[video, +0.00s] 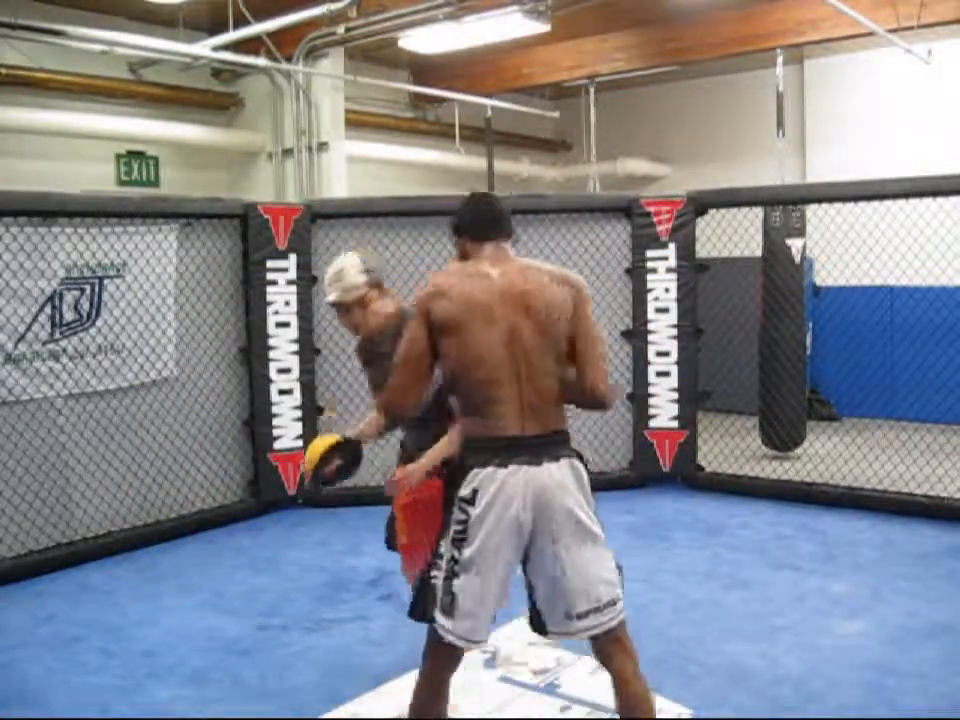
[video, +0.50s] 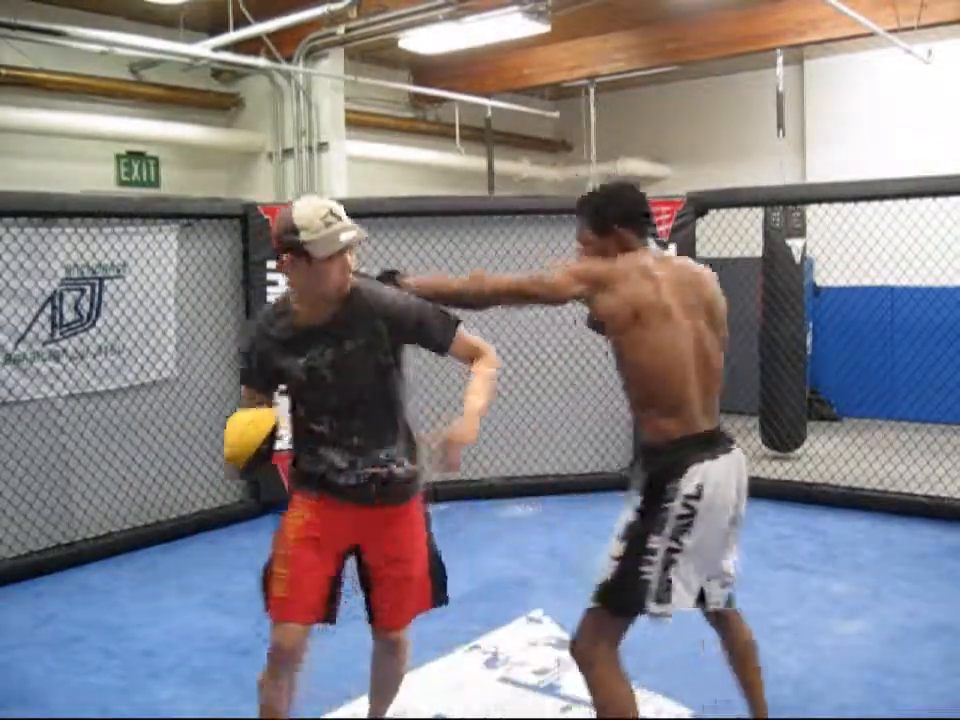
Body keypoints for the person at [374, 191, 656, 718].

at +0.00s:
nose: (456, 251)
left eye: (455, 244)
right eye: (460, 245)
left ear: (460, 241)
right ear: (510, 237)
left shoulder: (439, 292)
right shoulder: (566, 286)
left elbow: (401, 401)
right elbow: (598, 392)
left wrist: (452, 388)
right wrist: (540, 380)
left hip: (489, 484)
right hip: (563, 478)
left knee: (441, 657)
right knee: (616, 645)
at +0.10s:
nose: (487, 266)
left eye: (486, 257)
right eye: (489, 258)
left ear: (495, 252)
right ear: (543, 248)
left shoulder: (478, 304)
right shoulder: (602, 296)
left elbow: (406, 386)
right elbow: (643, 400)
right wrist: (584, 373)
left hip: (521, 497)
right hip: (594, 493)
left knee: (450, 658)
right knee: (651, 648)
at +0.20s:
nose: (516, 271)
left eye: (516, 260)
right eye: (514, 261)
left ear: (531, 255)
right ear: (573, 248)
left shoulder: (518, 304)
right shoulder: (638, 299)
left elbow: (418, 357)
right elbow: (676, 409)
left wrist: (435, 326)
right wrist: (616, 379)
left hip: (576, 499)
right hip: (646, 492)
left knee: (501, 651)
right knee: (680, 643)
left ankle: (460, 712)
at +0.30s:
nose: (532, 254)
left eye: (535, 242)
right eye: (531, 243)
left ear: (558, 237)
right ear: (591, 232)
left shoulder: (556, 276)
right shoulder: (666, 281)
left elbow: (455, 322)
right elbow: (693, 386)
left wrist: (410, 302)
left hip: (620, 479)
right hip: (682, 473)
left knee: (541, 633)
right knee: (685, 643)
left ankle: (519, 711)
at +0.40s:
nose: (560, 239)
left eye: (560, 229)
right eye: (556, 231)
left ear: (584, 221)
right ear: (617, 215)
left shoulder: (579, 253)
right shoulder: (680, 259)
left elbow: (473, 285)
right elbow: (708, 364)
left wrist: (396, 281)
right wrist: (604, 324)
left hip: (649, 464)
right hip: (705, 455)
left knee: (572, 628)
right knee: (691, 608)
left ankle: (589, 715)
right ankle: (720, 713)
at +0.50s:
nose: (579, 249)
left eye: (585, 238)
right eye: (579, 238)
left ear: (613, 235)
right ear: (641, 232)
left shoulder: (604, 276)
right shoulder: (701, 276)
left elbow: (484, 290)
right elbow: (714, 344)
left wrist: (398, 283)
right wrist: (617, 315)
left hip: (680, 479)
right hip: (725, 465)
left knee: (593, 647)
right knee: (721, 607)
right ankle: (760, 712)